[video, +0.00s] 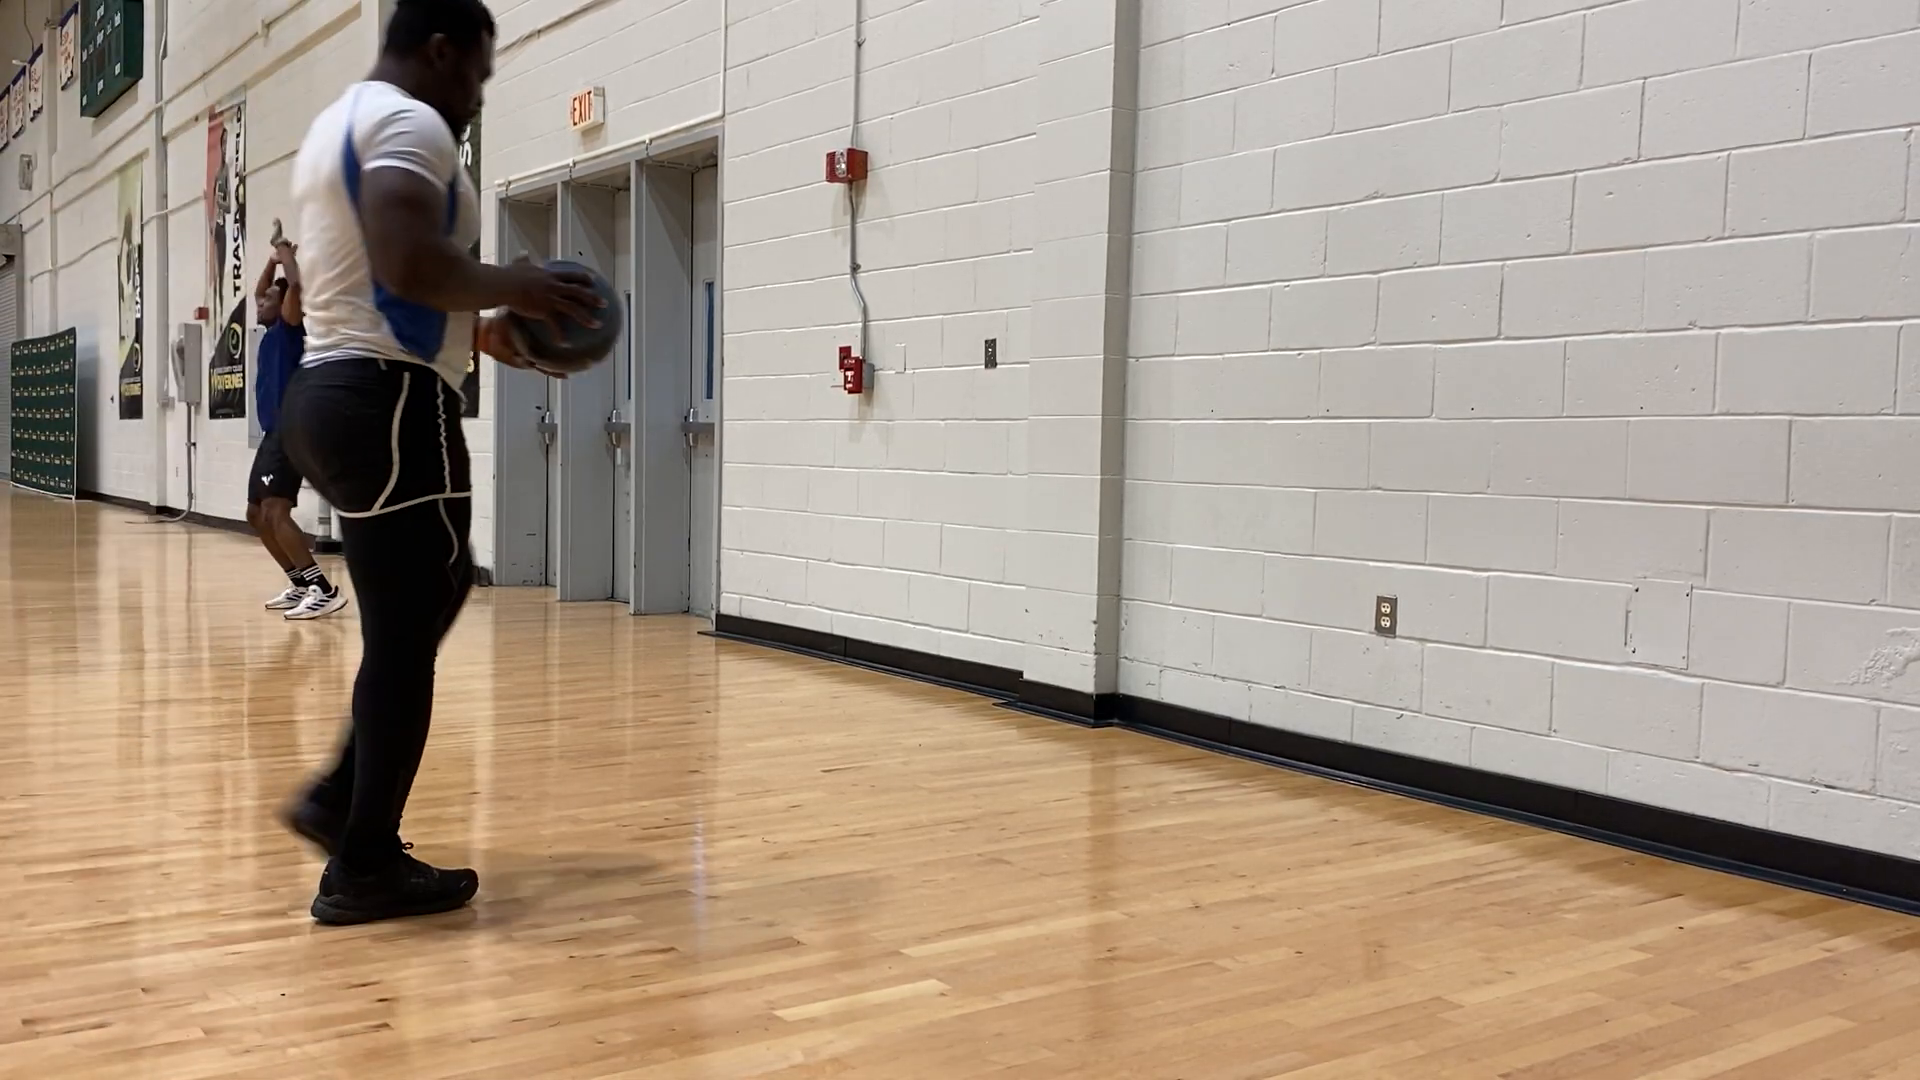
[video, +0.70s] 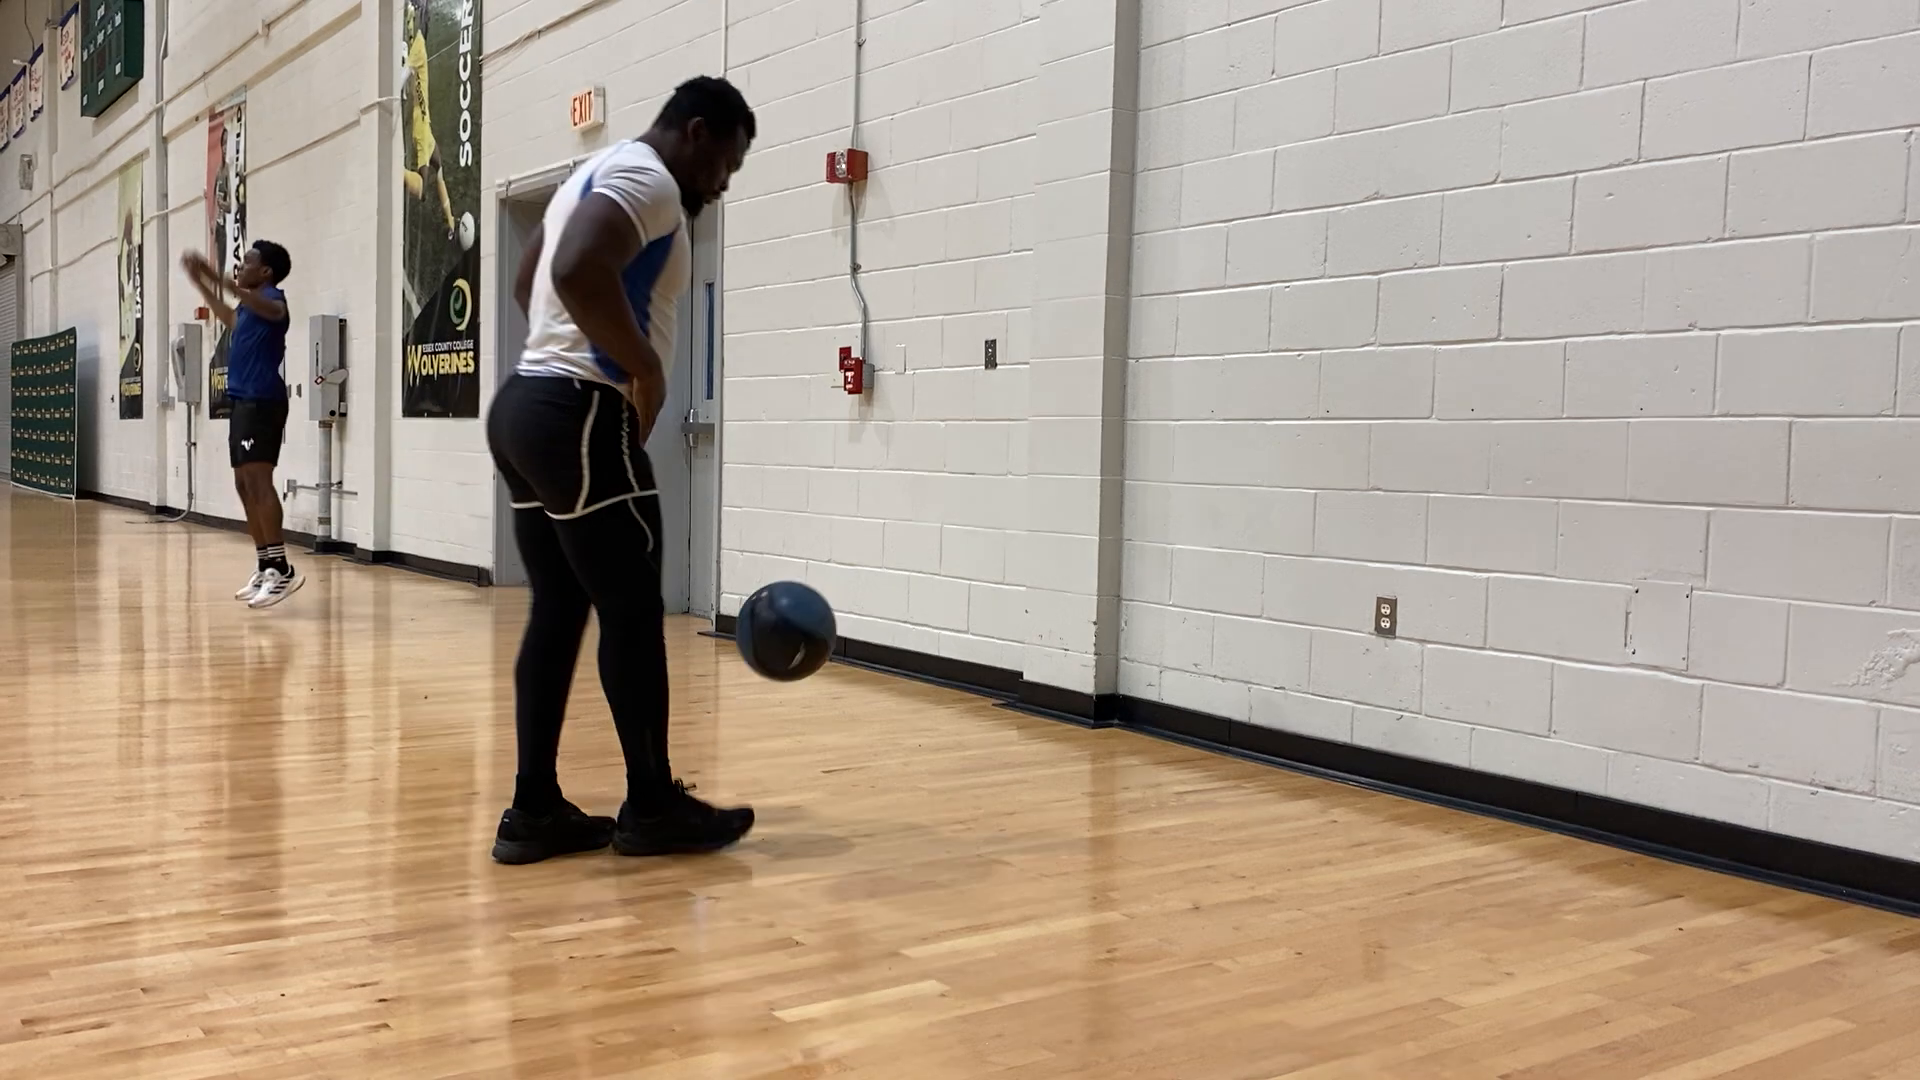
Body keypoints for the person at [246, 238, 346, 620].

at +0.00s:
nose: (263, 301)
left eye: (270, 297)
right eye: (264, 297)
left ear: (286, 300)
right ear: (269, 303)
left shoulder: (291, 323)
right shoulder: (273, 324)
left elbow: (294, 308)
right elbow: (260, 296)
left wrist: (289, 264)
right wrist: (274, 261)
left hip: (289, 425)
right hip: (272, 427)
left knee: (274, 512)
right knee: (256, 515)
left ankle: (320, 588)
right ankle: (300, 583)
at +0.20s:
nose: (257, 269)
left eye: (265, 264)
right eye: (260, 263)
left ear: (282, 271)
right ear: (268, 271)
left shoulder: (288, 300)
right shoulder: (265, 311)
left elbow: (306, 304)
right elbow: (246, 314)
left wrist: (280, 271)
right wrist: (221, 284)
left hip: (279, 399)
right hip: (260, 401)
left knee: (274, 481)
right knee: (258, 483)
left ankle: (302, 569)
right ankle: (284, 566)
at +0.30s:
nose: (250, 270)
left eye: (257, 266)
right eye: (253, 264)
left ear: (275, 275)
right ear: (267, 275)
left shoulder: (282, 305)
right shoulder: (263, 311)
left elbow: (305, 344)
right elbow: (257, 359)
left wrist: (281, 353)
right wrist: (222, 359)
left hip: (276, 405)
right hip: (258, 405)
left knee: (265, 487)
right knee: (253, 488)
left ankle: (287, 573)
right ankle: (279, 571)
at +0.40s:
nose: (242, 295)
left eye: (250, 290)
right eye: (245, 289)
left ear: (266, 300)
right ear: (261, 300)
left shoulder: (278, 337)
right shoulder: (257, 338)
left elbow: (299, 389)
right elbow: (258, 396)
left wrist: (274, 423)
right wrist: (236, 427)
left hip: (276, 431)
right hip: (255, 430)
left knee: (246, 508)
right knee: (239, 511)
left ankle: (288, 586)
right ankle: (284, 584)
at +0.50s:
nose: (240, 296)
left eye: (247, 292)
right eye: (242, 290)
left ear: (264, 302)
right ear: (260, 303)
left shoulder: (274, 339)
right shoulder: (255, 340)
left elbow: (291, 392)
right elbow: (256, 403)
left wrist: (262, 429)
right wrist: (228, 432)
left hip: (273, 435)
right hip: (255, 435)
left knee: (245, 511)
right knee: (236, 514)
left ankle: (288, 587)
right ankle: (284, 586)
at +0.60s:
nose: (241, 272)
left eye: (248, 267)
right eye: (244, 267)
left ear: (267, 276)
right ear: (262, 276)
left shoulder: (274, 309)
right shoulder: (252, 312)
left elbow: (281, 356)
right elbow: (242, 360)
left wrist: (235, 361)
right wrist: (201, 360)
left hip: (266, 410)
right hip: (248, 410)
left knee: (256, 490)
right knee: (247, 492)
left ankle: (282, 576)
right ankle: (273, 574)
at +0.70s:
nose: (239, 266)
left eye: (247, 261)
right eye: (240, 261)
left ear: (266, 271)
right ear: (252, 270)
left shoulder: (272, 297)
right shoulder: (247, 304)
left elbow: (274, 312)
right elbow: (230, 319)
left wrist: (227, 284)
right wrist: (200, 284)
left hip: (263, 401)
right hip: (243, 401)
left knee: (259, 482)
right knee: (244, 484)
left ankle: (282, 571)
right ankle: (265, 568)